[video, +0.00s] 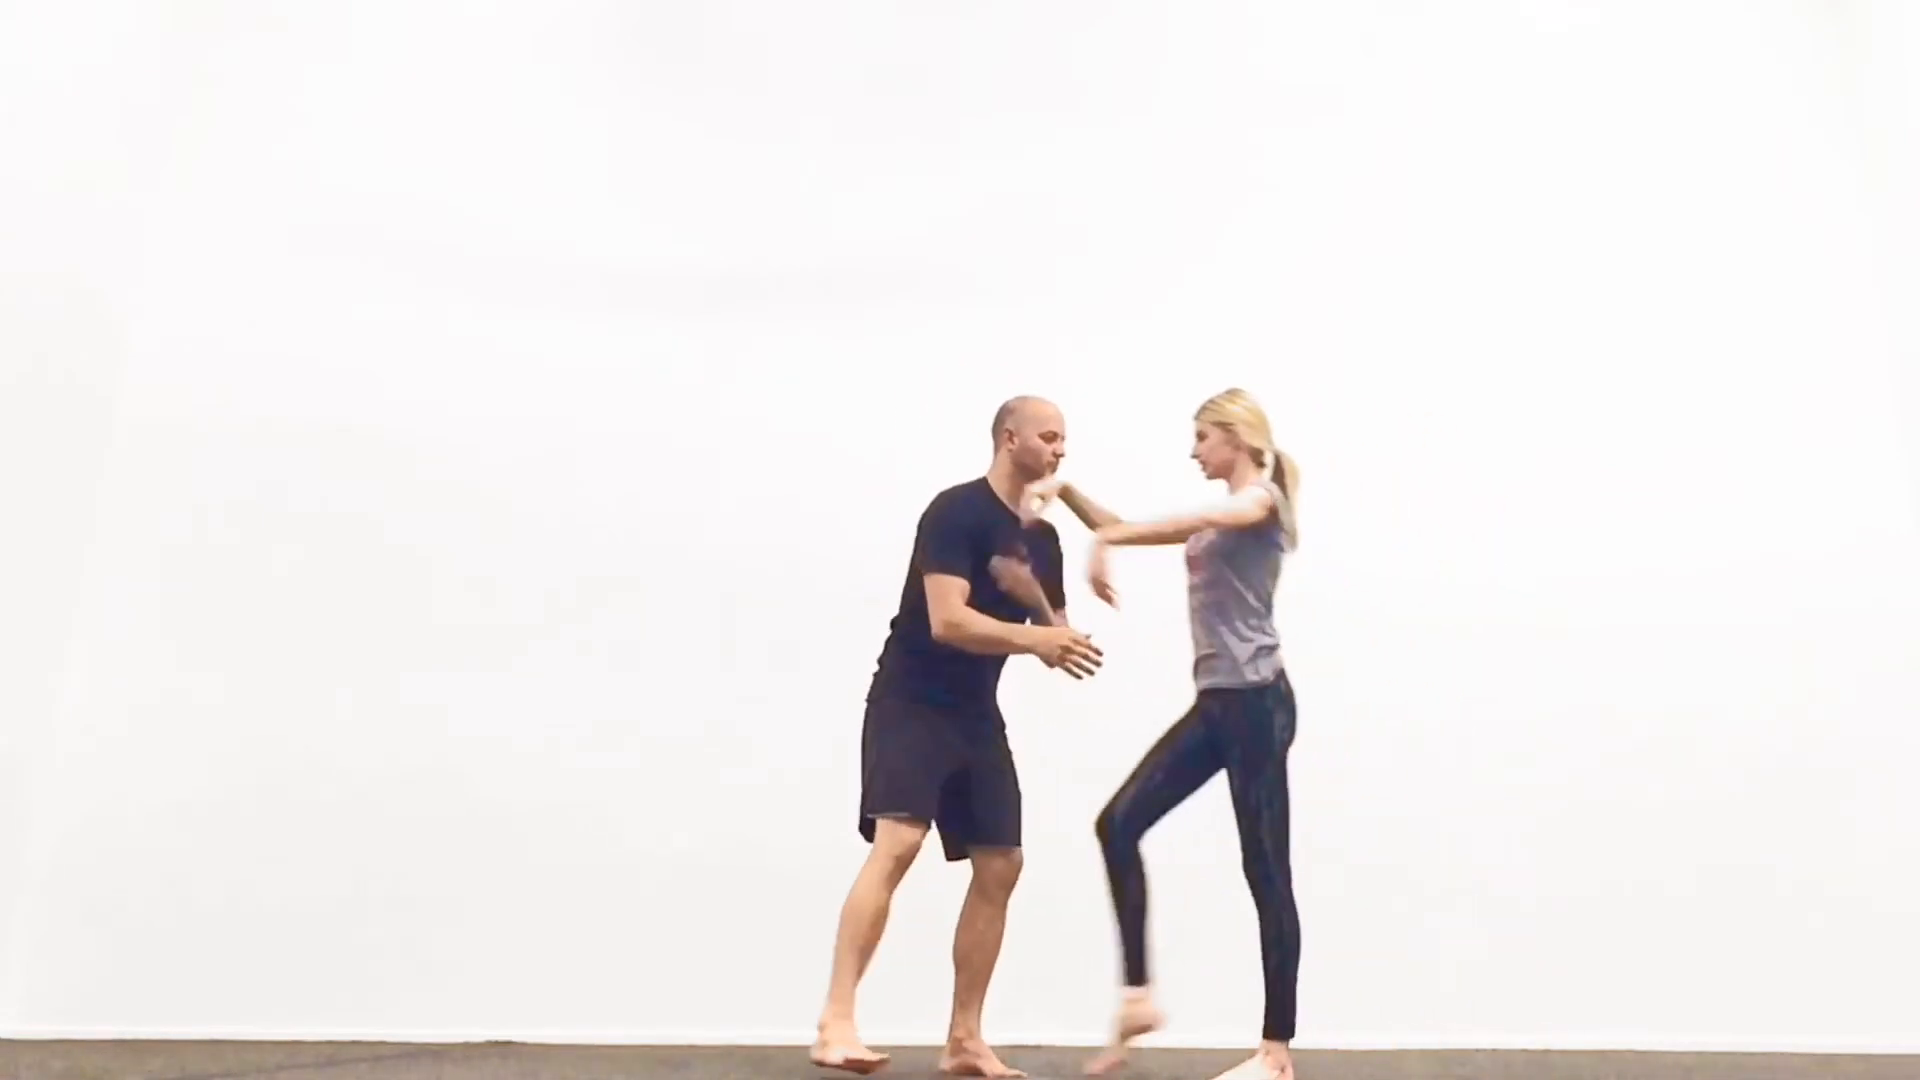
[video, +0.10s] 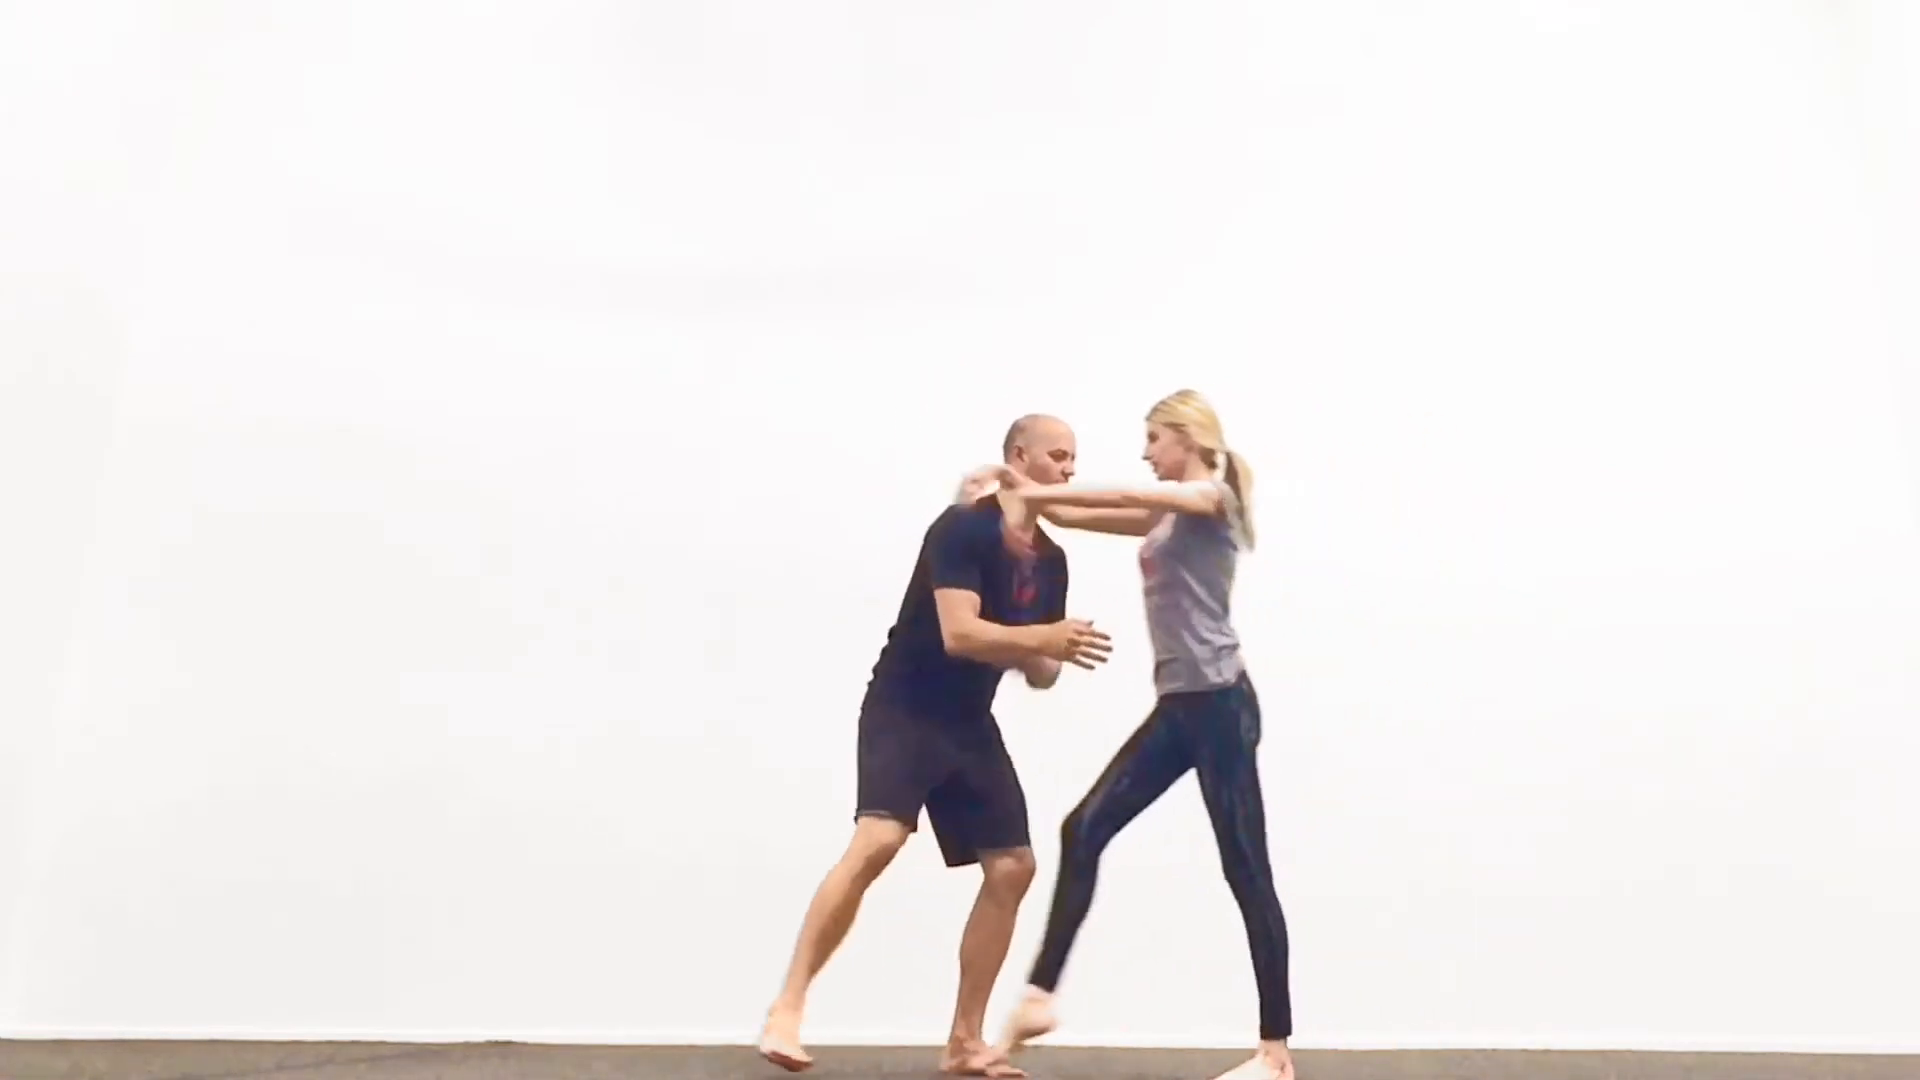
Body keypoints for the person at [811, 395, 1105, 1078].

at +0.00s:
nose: (1060, 451)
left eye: (1063, 440)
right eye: (1049, 438)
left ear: (1053, 447)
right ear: (1008, 439)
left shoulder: (1044, 537)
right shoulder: (955, 510)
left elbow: (1052, 644)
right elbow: (947, 621)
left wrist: (1035, 604)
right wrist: (1041, 638)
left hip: (976, 708)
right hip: (911, 699)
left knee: (999, 866)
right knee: (898, 843)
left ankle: (965, 1039)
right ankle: (836, 1022)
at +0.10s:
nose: (1068, 469)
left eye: (1072, 460)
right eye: (1056, 457)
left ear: (1064, 469)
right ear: (1016, 459)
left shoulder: (1051, 559)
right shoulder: (962, 527)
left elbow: (1042, 675)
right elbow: (960, 635)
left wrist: (1016, 640)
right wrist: (1052, 636)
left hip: (970, 717)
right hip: (903, 705)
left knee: (1011, 868)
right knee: (880, 838)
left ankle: (965, 1041)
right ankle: (787, 1009)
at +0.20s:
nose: (1074, 492)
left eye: (1079, 481)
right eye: (1061, 478)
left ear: (1075, 492)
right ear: (1019, 480)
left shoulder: (1055, 583)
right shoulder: (967, 543)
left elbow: (1041, 677)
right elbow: (962, 648)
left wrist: (1044, 725)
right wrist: (1048, 640)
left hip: (963, 732)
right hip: (897, 714)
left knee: (1017, 873)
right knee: (851, 844)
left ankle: (968, 1039)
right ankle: (740, 998)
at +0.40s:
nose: (1002, 528)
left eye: (1020, 523)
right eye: (1003, 520)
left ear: (1036, 533)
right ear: (993, 525)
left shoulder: (1037, 609)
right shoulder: (949, 582)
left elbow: (1040, 717)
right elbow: (926, 689)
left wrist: (1062, 819)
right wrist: (1003, 678)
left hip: (942, 759)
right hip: (870, 742)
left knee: (1026, 876)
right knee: (794, 851)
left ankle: (964, 1039)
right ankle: (670, 996)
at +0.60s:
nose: (988, 551)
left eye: (1000, 542)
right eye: (977, 537)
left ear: (1011, 555)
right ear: (950, 542)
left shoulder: (1009, 658)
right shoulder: (888, 612)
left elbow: (1010, 757)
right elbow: (858, 736)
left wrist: (1041, 844)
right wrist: (902, 701)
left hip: (917, 790)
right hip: (832, 776)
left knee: (1013, 876)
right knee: (740, 874)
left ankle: (965, 1043)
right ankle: (602, 1018)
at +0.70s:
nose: (927, 543)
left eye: (940, 532)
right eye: (915, 531)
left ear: (958, 545)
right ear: (892, 539)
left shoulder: (970, 652)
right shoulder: (839, 611)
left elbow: (987, 756)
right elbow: (821, 740)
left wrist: (1022, 825)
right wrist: (862, 700)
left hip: (894, 797)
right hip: (808, 785)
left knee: (994, 869)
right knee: (716, 879)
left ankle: (960, 1046)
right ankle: (590, 1037)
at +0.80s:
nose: (859, 524)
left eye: (872, 513)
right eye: (848, 515)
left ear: (898, 526)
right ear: (830, 527)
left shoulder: (925, 630)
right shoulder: (790, 602)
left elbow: (955, 733)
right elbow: (784, 730)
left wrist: (994, 767)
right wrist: (819, 677)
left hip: (861, 788)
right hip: (776, 785)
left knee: (970, 870)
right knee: (684, 877)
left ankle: (956, 1047)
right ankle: (580, 1046)